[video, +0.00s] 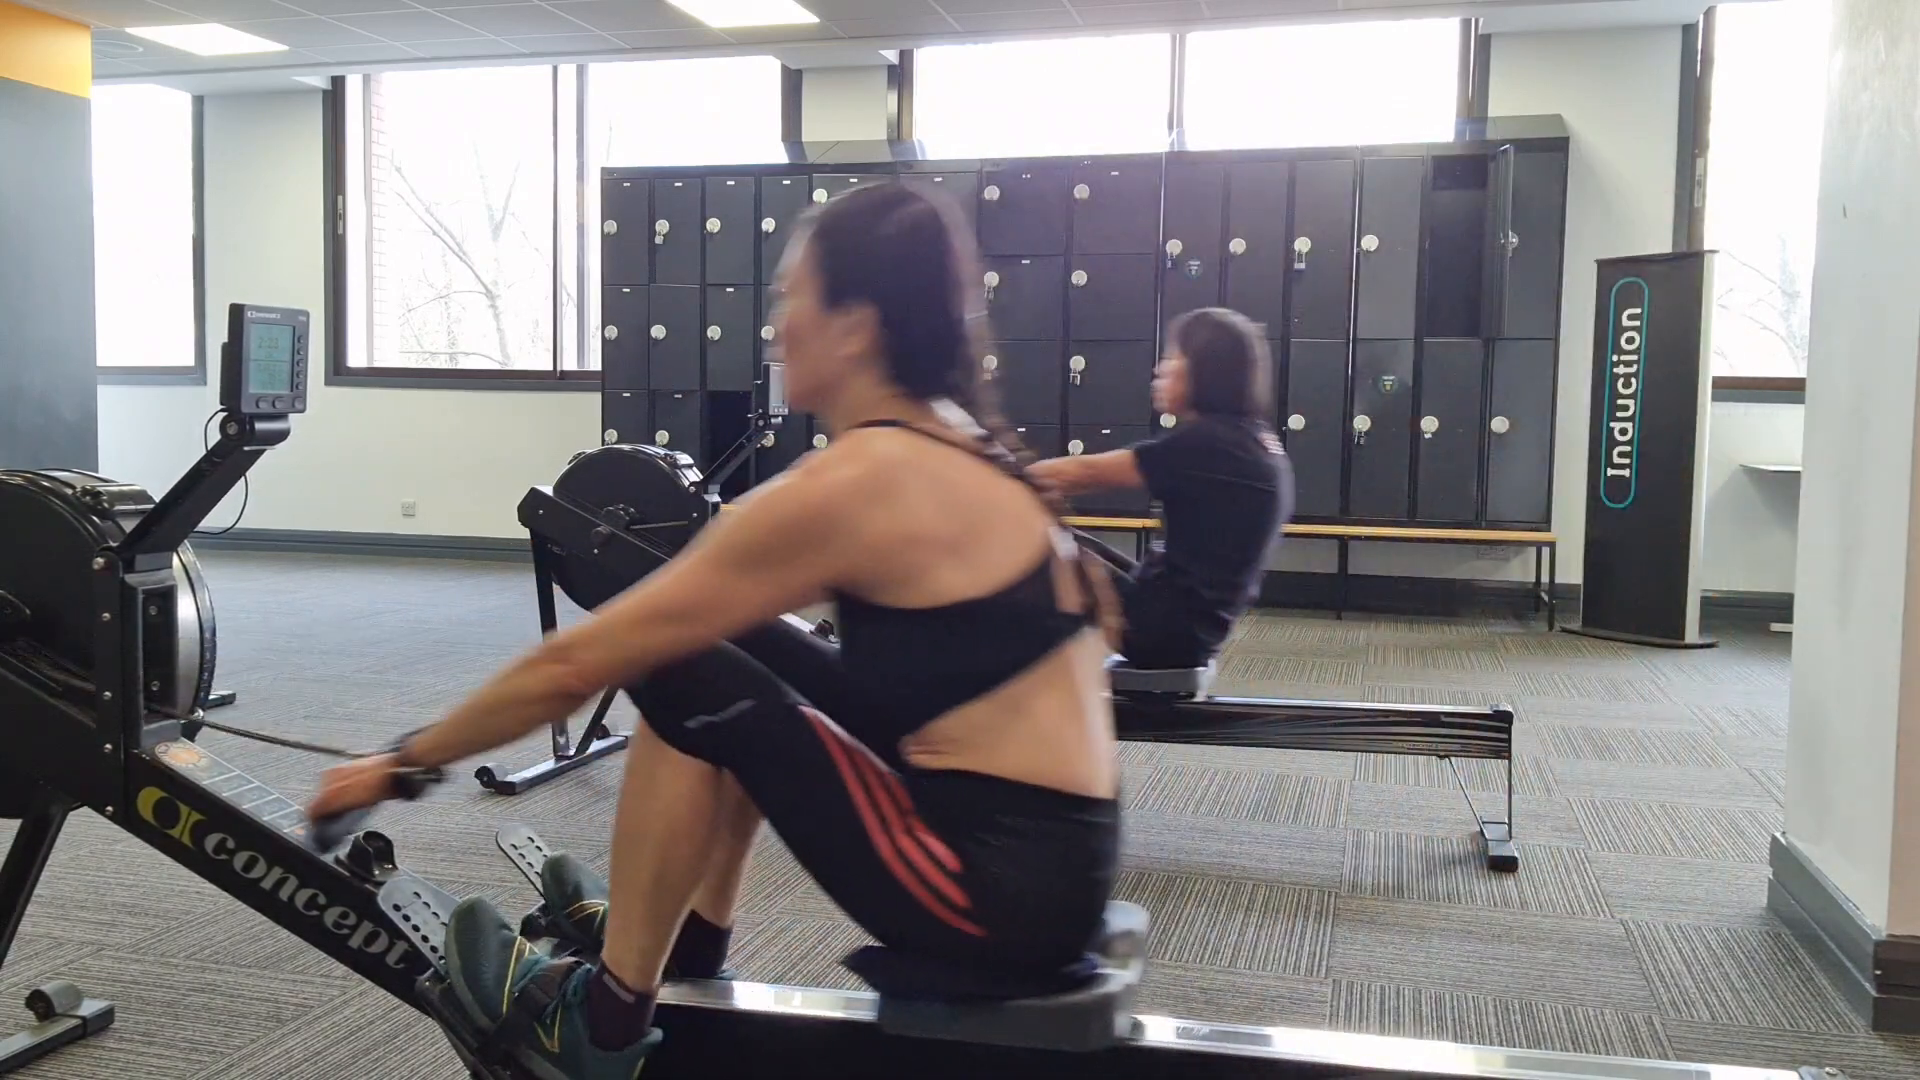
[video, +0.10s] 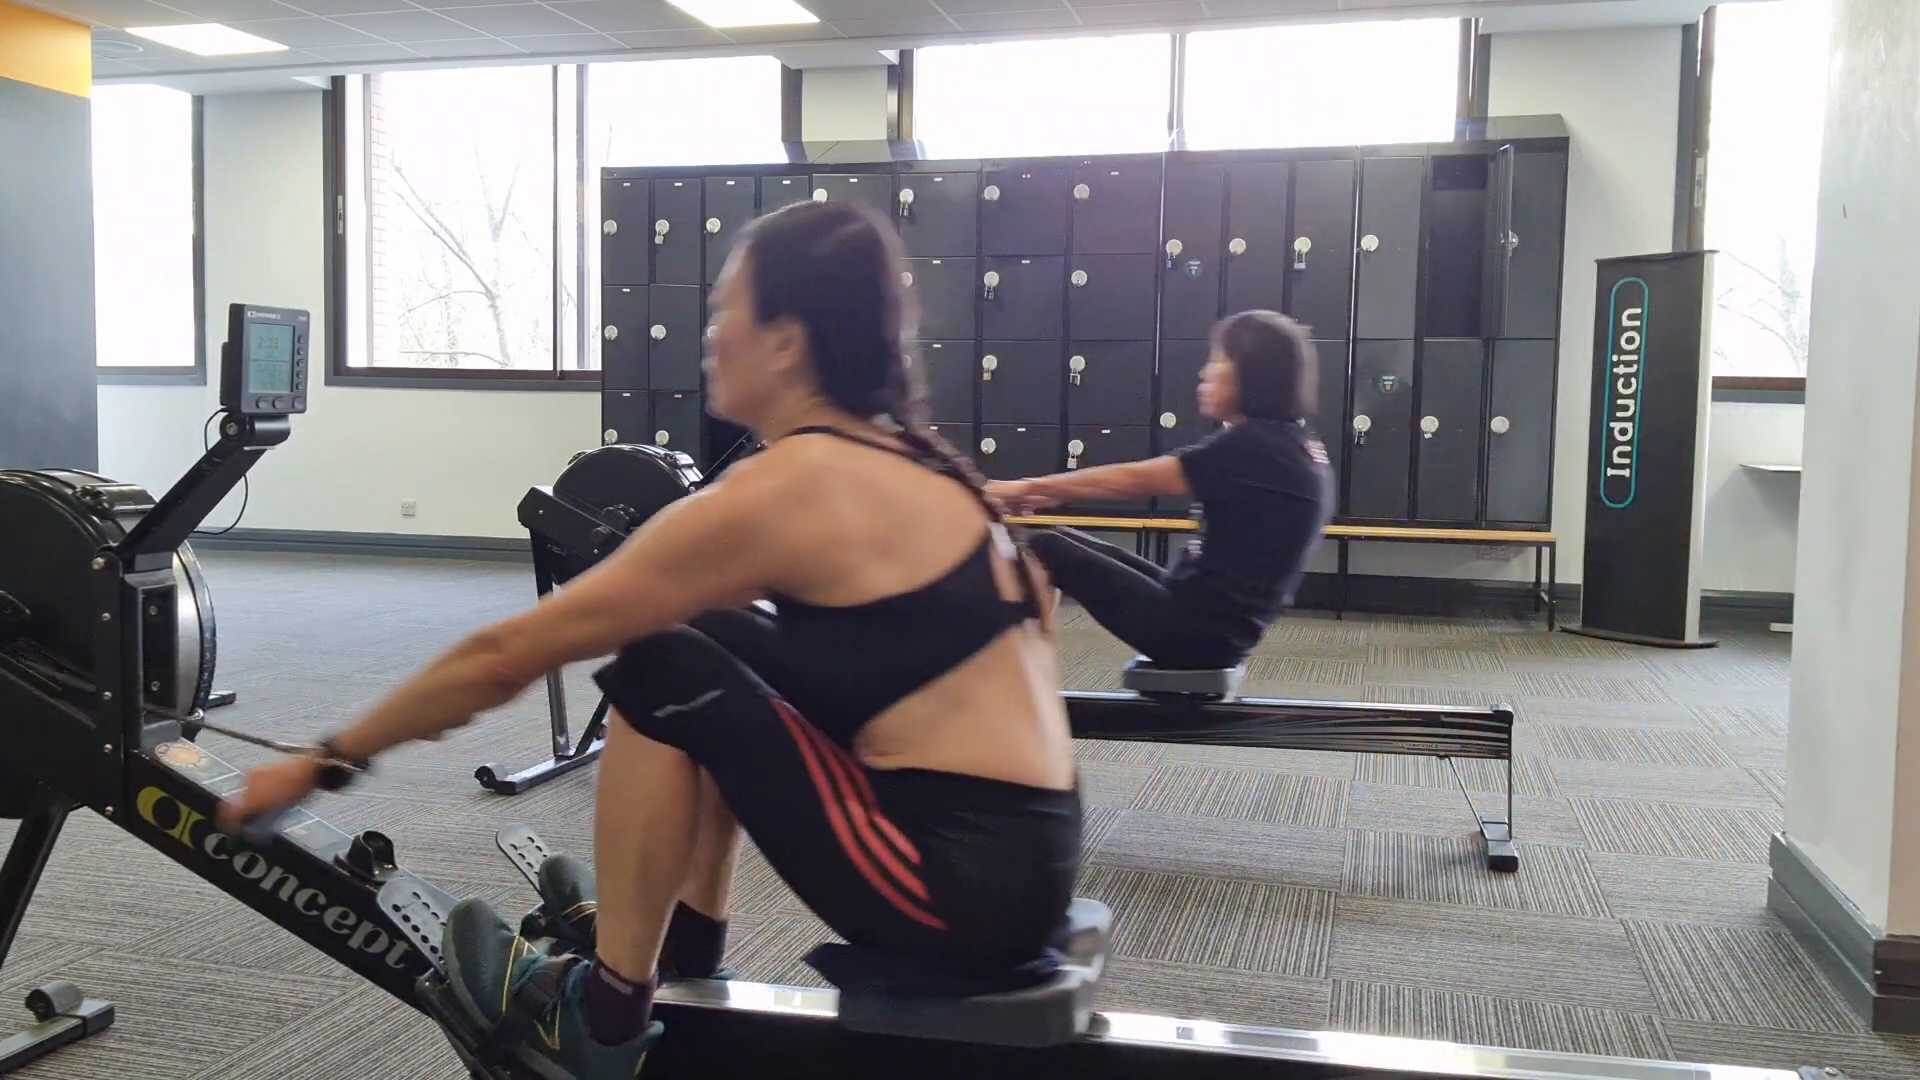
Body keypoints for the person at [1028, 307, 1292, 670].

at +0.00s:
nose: (1156, 370)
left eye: (1170, 358)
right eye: (1164, 358)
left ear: (1202, 370)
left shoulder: (1205, 444)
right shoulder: (1259, 443)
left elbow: (1082, 473)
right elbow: (1102, 476)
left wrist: (1003, 481)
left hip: (1164, 636)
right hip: (1199, 631)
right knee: (1058, 540)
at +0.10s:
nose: (1203, 374)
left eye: (1216, 362)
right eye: (1210, 361)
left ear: (1250, 375)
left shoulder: (1250, 446)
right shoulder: (1296, 444)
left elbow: (1134, 480)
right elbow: (1140, 482)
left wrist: (1025, 487)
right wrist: (1051, 497)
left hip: (1195, 638)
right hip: (1224, 632)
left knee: (1047, 546)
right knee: (1057, 539)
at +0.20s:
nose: (1245, 376)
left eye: (1257, 365)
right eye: (1250, 364)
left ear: (1293, 380)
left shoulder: (1297, 449)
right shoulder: (1327, 446)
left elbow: (1179, 492)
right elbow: (1184, 490)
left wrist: (1071, 497)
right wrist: (1075, 499)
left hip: (1231, 635)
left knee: (1065, 567)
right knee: (1078, 557)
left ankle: (992, 677)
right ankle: (998, 674)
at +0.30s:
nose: (1276, 381)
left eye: (1290, 369)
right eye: (1283, 367)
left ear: (1327, 382)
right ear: (1335, 386)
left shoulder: (1337, 453)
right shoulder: (1360, 447)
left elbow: (1224, 508)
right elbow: (1227, 504)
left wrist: (1118, 503)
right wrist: (1124, 504)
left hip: (1262, 635)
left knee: (1089, 586)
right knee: (1102, 577)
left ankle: (994, 682)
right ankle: (999, 676)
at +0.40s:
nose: (1299, 388)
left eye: (1312, 375)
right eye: (1304, 374)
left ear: (1350, 386)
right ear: (1347, 390)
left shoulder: (1370, 458)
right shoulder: (1375, 449)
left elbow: (1276, 521)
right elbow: (1274, 515)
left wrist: (1169, 513)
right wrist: (1171, 513)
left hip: (1284, 635)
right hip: (1281, 615)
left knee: (1109, 602)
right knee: (1114, 590)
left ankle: (1006, 685)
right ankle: (1021, 686)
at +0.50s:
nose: (1310, 392)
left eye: (1320, 376)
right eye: (1314, 377)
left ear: (1359, 383)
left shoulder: (1388, 456)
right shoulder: (1370, 448)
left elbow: (1323, 543)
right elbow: (1306, 520)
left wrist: (1215, 523)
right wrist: (1210, 523)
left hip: (1303, 636)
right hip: (1284, 614)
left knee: (1125, 621)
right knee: (1131, 601)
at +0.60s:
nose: (1311, 396)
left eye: (1321, 379)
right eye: (1315, 380)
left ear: (1361, 384)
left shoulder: (1393, 455)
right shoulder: (1374, 448)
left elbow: (1375, 556)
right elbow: (1323, 531)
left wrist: (1267, 533)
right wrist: (1262, 530)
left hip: (1304, 640)